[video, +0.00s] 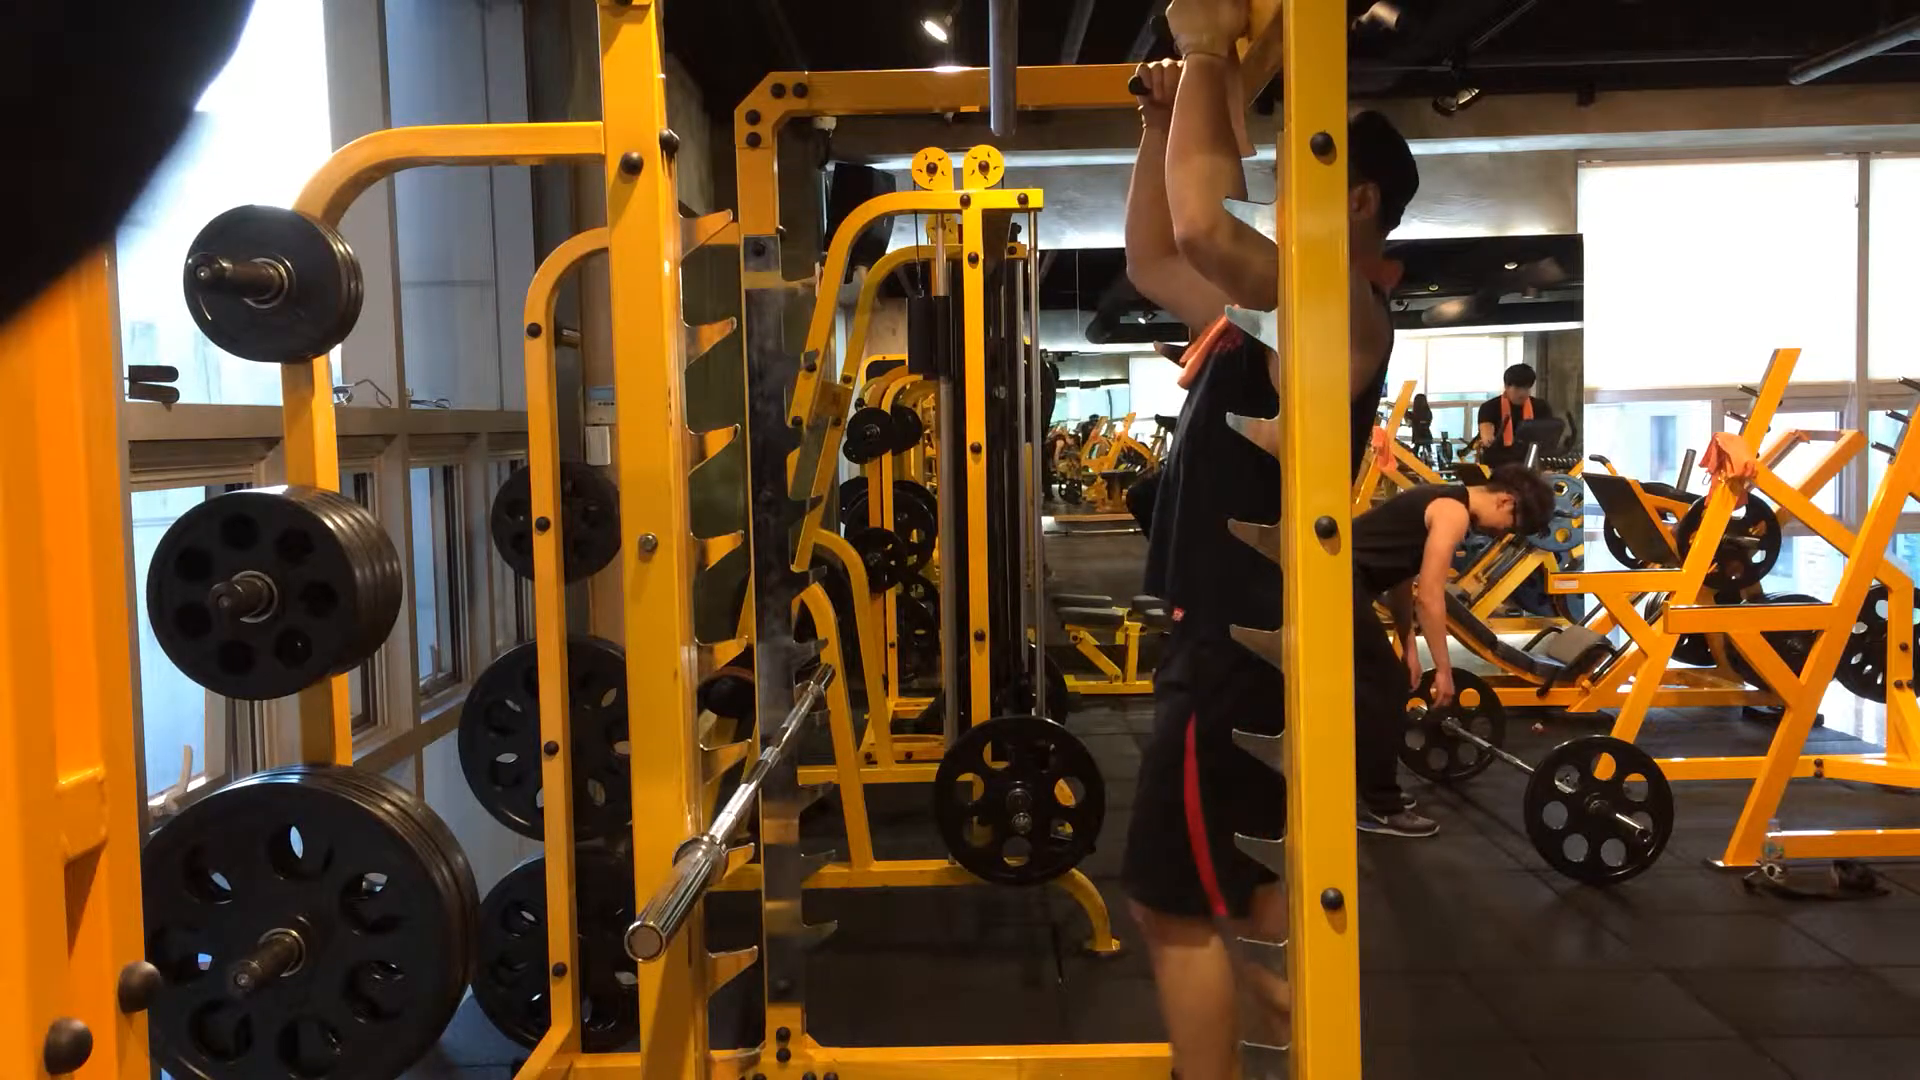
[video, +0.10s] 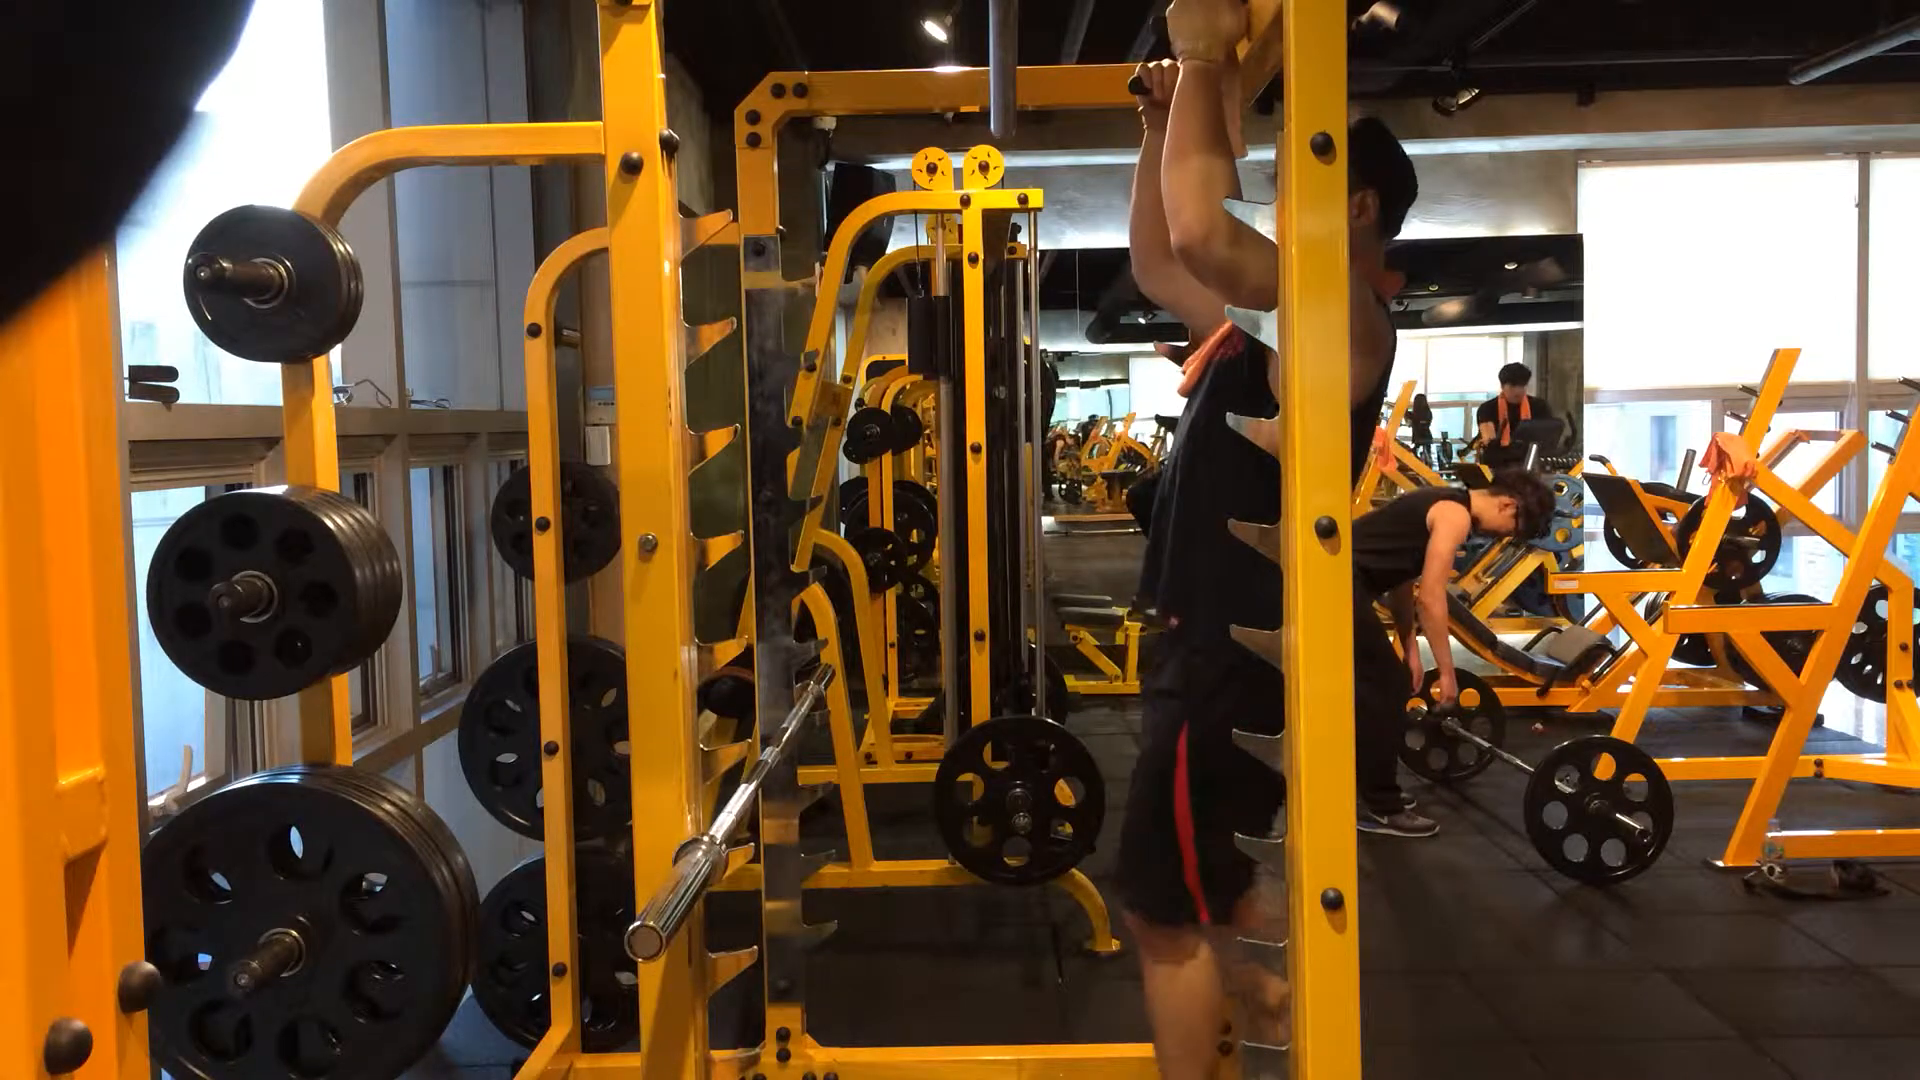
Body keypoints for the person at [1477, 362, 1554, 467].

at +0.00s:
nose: (1522, 394)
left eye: (1526, 389)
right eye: (1517, 388)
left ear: (1530, 388)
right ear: (1506, 387)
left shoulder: (1540, 406)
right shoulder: (1489, 408)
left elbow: (1549, 439)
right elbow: (1488, 443)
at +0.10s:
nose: (1518, 392)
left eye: (1522, 386)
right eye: (1513, 386)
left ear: (1526, 386)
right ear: (1502, 386)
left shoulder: (1539, 406)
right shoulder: (1487, 409)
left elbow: (1549, 441)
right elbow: (1490, 448)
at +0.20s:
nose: (1514, 390)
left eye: (1518, 385)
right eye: (1509, 385)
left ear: (1523, 385)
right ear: (1499, 385)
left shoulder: (1537, 405)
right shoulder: (1485, 409)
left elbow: (1549, 434)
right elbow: (1489, 443)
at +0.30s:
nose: (1513, 390)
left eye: (1517, 385)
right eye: (1508, 385)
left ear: (1521, 385)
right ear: (1498, 386)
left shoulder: (1537, 404)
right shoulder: (1485, 410)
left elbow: (1549, 433)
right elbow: (1489, 443)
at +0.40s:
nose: (1515, 391)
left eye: (1518, 386)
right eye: (1509, 386)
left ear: (1523, 386)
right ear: (1500, 386)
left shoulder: (1537, 405)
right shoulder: (1485, 409)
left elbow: (1548, 435)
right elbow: (1489, 444)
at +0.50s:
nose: (1519, 390)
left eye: (1523, 385)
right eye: (1514, 384)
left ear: (1527, 385)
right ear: (1504, 384)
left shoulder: (1538, 406)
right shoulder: (1486, 407)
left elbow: (1548, 436)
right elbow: (1490, 440)